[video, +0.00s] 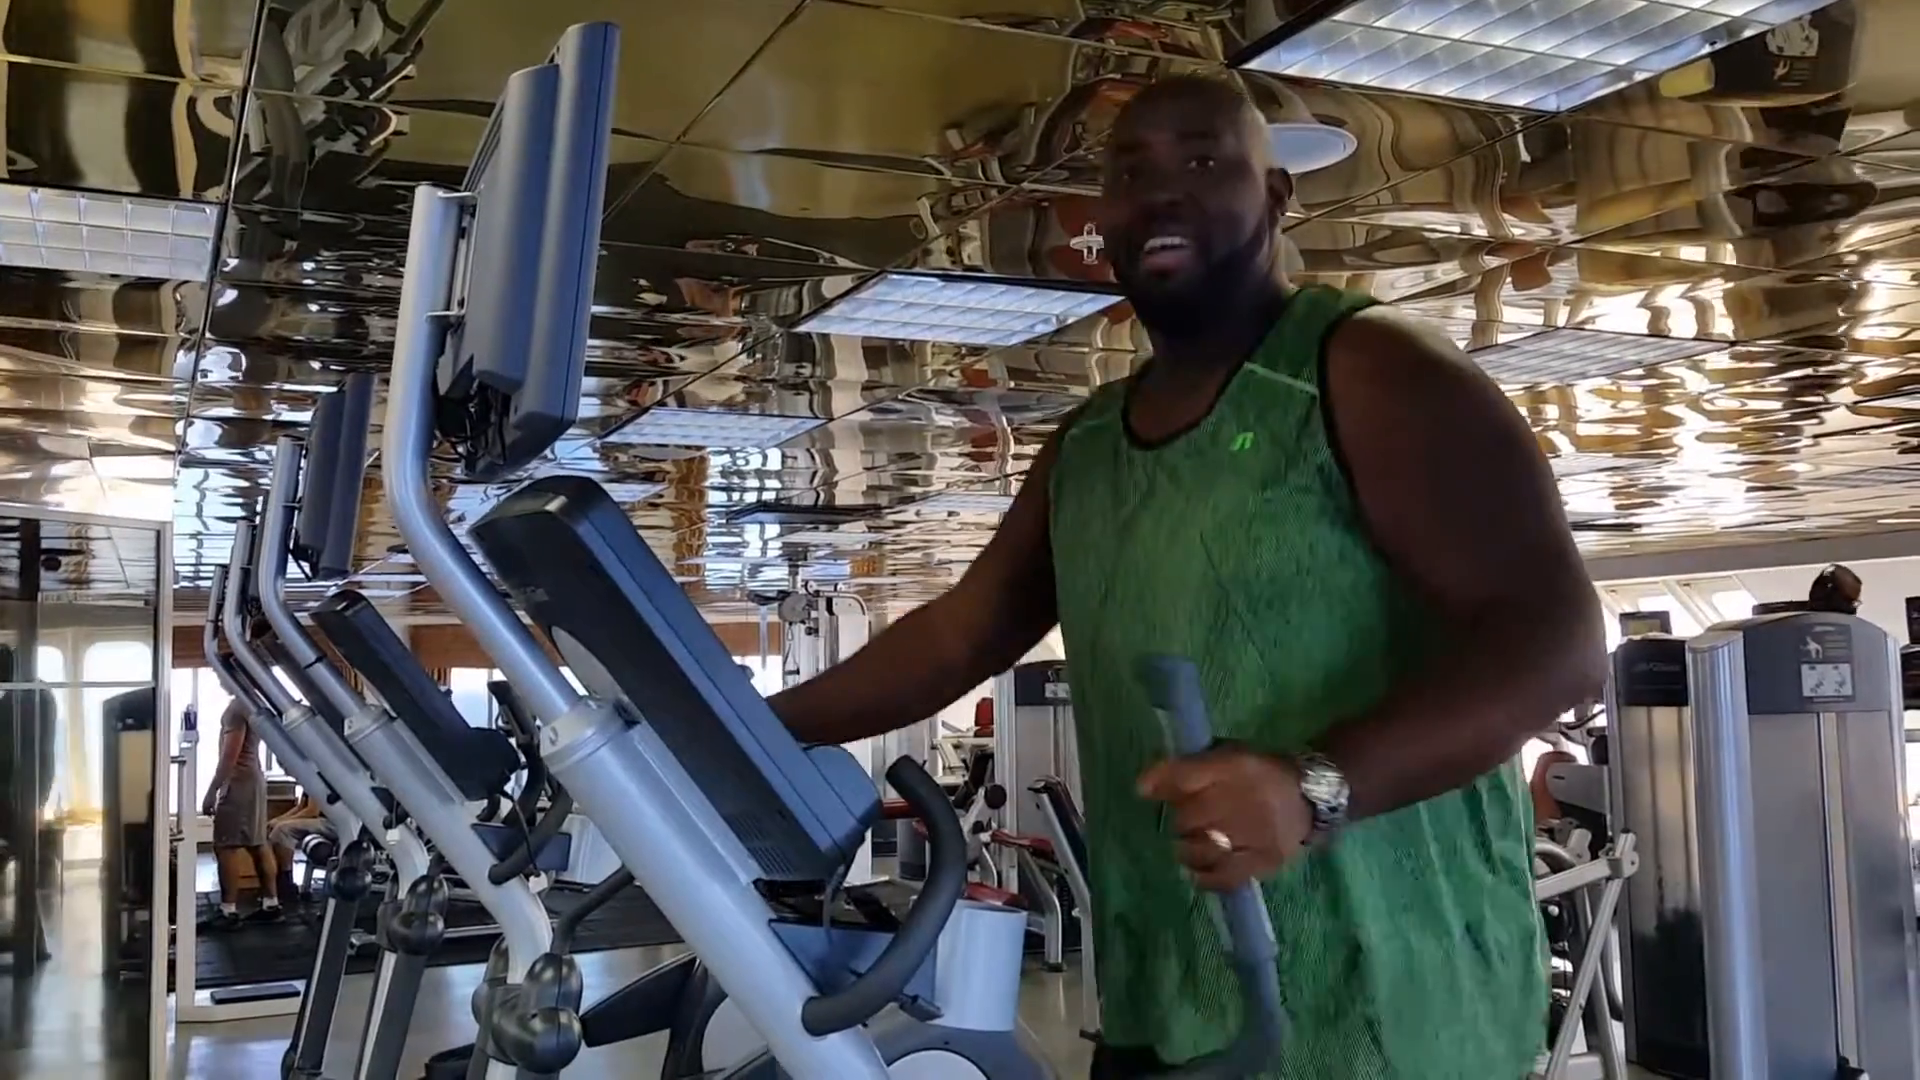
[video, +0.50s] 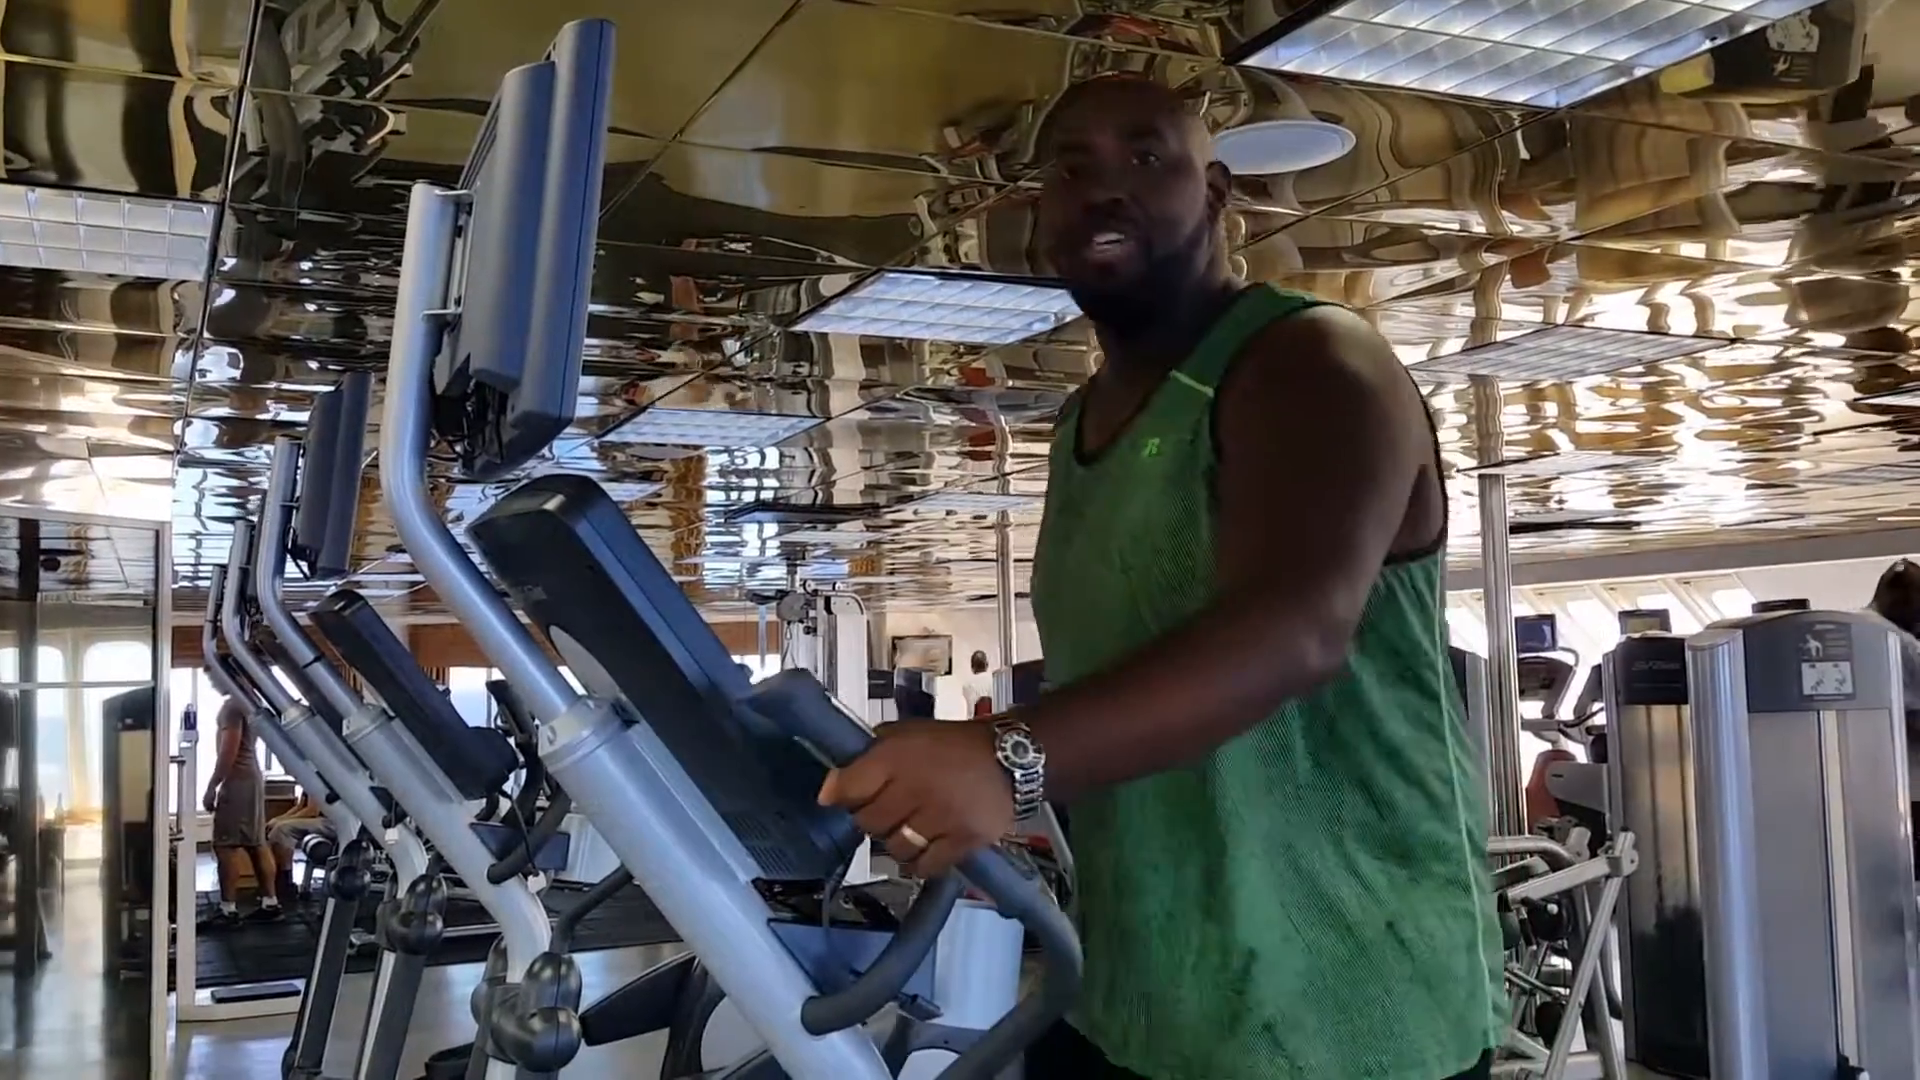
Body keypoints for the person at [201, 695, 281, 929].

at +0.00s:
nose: (217, 678)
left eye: (220, 671)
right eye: (217, 671)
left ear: (233, 676)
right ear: (243, 676)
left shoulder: (236, 708)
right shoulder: (253, 704)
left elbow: (229, 758)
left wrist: (211, 792)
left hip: (238, 781)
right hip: (256, 780)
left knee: (225, 846)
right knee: (259, 843)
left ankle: (228, 909)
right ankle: (271, 903)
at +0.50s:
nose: (209, 680)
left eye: (211, 671)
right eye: (207, 673)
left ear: (227, 673)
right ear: (235, 675)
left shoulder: (233, 705)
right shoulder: (248, 702)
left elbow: (229, 752)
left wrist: (212, 786)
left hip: (237, 780)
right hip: (253, 777)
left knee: (225, 844)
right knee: (258, 842)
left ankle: (228, 907)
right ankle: (270, 902)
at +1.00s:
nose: (204, 688)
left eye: (205, 682)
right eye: (202, 683)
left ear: (217, 679)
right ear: (225, 679)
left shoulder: (225, 710)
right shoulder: (242, 706)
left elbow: (221, 761)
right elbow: (236, 754)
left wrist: (204, 794)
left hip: (231, 785)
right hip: (247, 783)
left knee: (219, 848)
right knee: (253, 845)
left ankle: (226, 910)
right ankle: (269, 904)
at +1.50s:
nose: (208, 686)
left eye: (210, 680)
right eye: (207, 681)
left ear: (223, 679)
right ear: (229, 681)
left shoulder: (228, 712)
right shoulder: (244, 708)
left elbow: (223, 761)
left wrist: (207, 795)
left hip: (230, 787)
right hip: (247, 784)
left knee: (222, 851)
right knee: (254, 847)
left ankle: (228, 912)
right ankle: (270, 907)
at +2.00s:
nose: (208, 682)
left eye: (210, 673)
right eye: (207, 675)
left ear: (227, 678)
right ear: (234, 679)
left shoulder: (232, 710)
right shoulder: (244, 707)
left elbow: (228, 757)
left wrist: (215, 792)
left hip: (234, 784)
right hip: (250, 782)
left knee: (224, 850)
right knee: (256, 845)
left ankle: (227, 911)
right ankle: (270, 906)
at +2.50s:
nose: (206, 684)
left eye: (208, 675)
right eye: (204, 677)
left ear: (224, 678)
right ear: (232, 679)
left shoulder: (231, 712)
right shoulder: (247, 709)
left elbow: (224, 761)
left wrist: (209, 795)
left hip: (233, 786)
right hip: (250, 784)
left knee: (220, 850)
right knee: (254, 847)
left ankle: (226, 912)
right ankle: (269, 907)